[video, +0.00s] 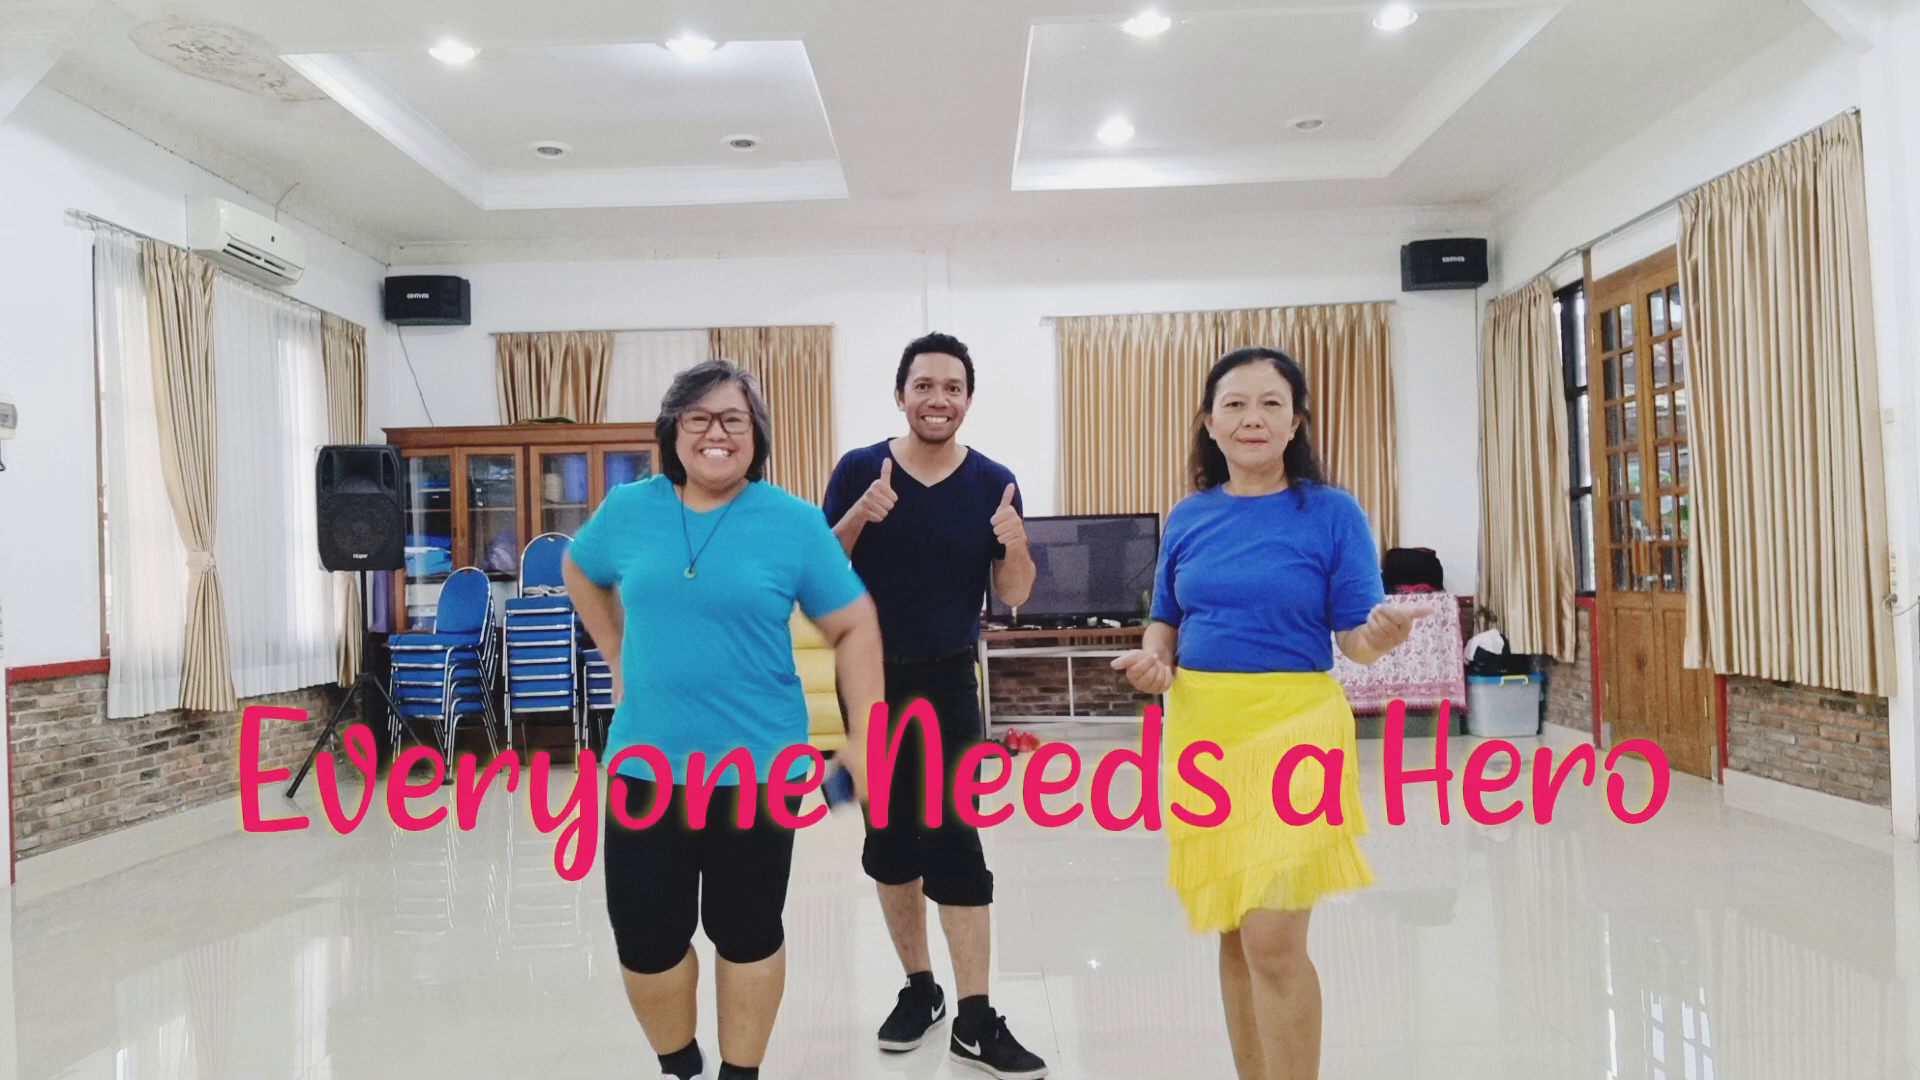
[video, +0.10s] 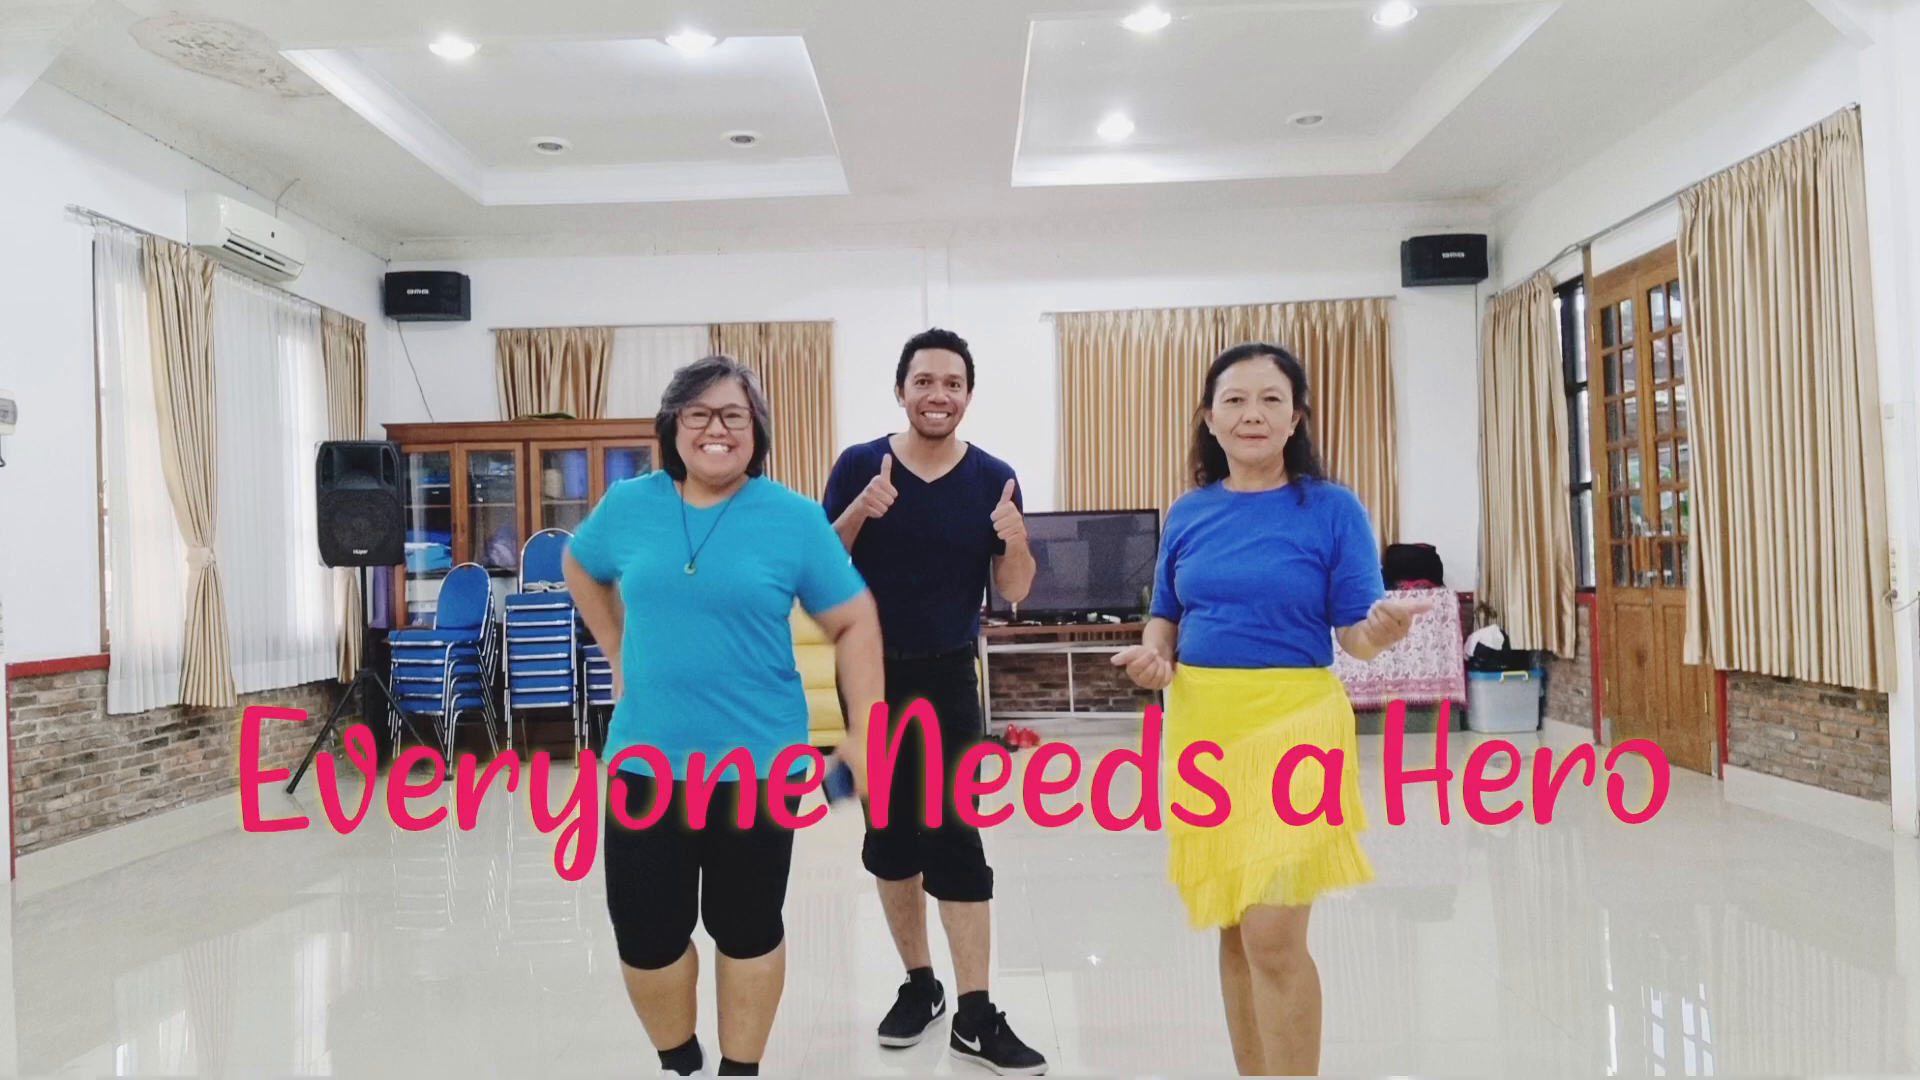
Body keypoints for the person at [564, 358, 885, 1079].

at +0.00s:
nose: (720, 432)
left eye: (736, 420)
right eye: (702, 420)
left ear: (756, 436)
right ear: (672, 434)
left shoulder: (795, 523)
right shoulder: (627, 509)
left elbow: (856, 626)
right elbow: (580, 570)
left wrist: (865, 738)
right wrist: (625, 663)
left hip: (758, 768)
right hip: (645, 764)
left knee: (746, 932)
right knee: (646, 938)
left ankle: (739, 1076)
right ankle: (680, 1069)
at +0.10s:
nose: (718, 428)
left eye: (734, 416)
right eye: (701, 415)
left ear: (756, 432)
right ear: (672, 429)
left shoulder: (796, 520)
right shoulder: (627, 505)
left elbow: (856, 623)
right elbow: (580, 565)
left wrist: (865, 734)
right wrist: (622, 658)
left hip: (758, 763)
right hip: (645, 759)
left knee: (746, 929)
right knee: (646, 934)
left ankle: (739, 1075)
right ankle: (681, 1068)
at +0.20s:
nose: (719, 398)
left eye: (734, 385)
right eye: (701, 385)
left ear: (755, 401)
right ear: (672, 400)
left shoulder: (796, 490)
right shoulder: (627, 474)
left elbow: (856, 592)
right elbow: (579, 535)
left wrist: (867, 703)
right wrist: (623, 627)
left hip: (759, 733)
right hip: (644, 729)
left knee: (746, 899)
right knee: (647, 906)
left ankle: (739, 1052)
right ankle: (681, 1041)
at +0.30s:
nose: (719, 316)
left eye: (735, 303)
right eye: (701, 303)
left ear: (756, 319)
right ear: (672, 317)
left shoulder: (795, 407)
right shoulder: (627, 393)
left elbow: (856, 509)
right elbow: (580, 453)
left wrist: (867, 622)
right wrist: (622, 544)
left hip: (758, 652)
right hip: (646, 649)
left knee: (748, 815)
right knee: (645, 819)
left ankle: (738, 973)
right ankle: (681, 961)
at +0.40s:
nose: (719, 156)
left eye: (735, 143)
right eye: (702, 143)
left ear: (756, 160)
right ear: (672, 157)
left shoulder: (795, 248)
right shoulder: (627, 233)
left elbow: (856, 349)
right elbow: (580, 293)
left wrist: (867, 462)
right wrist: (623, 384)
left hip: (757, 493)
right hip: (645, 491)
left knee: (746, 659)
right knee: (647, 666)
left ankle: (746, 811)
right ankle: (674, 808)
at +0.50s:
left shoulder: (798, 5)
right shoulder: (620, 3)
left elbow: (855, 85)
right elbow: (580, 30)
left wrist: (867, 197)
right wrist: (626, 128)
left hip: (757, 222)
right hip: (646, 220)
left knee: (746, 392)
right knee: (646, 398)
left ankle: (739, 548)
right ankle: (682, 537)